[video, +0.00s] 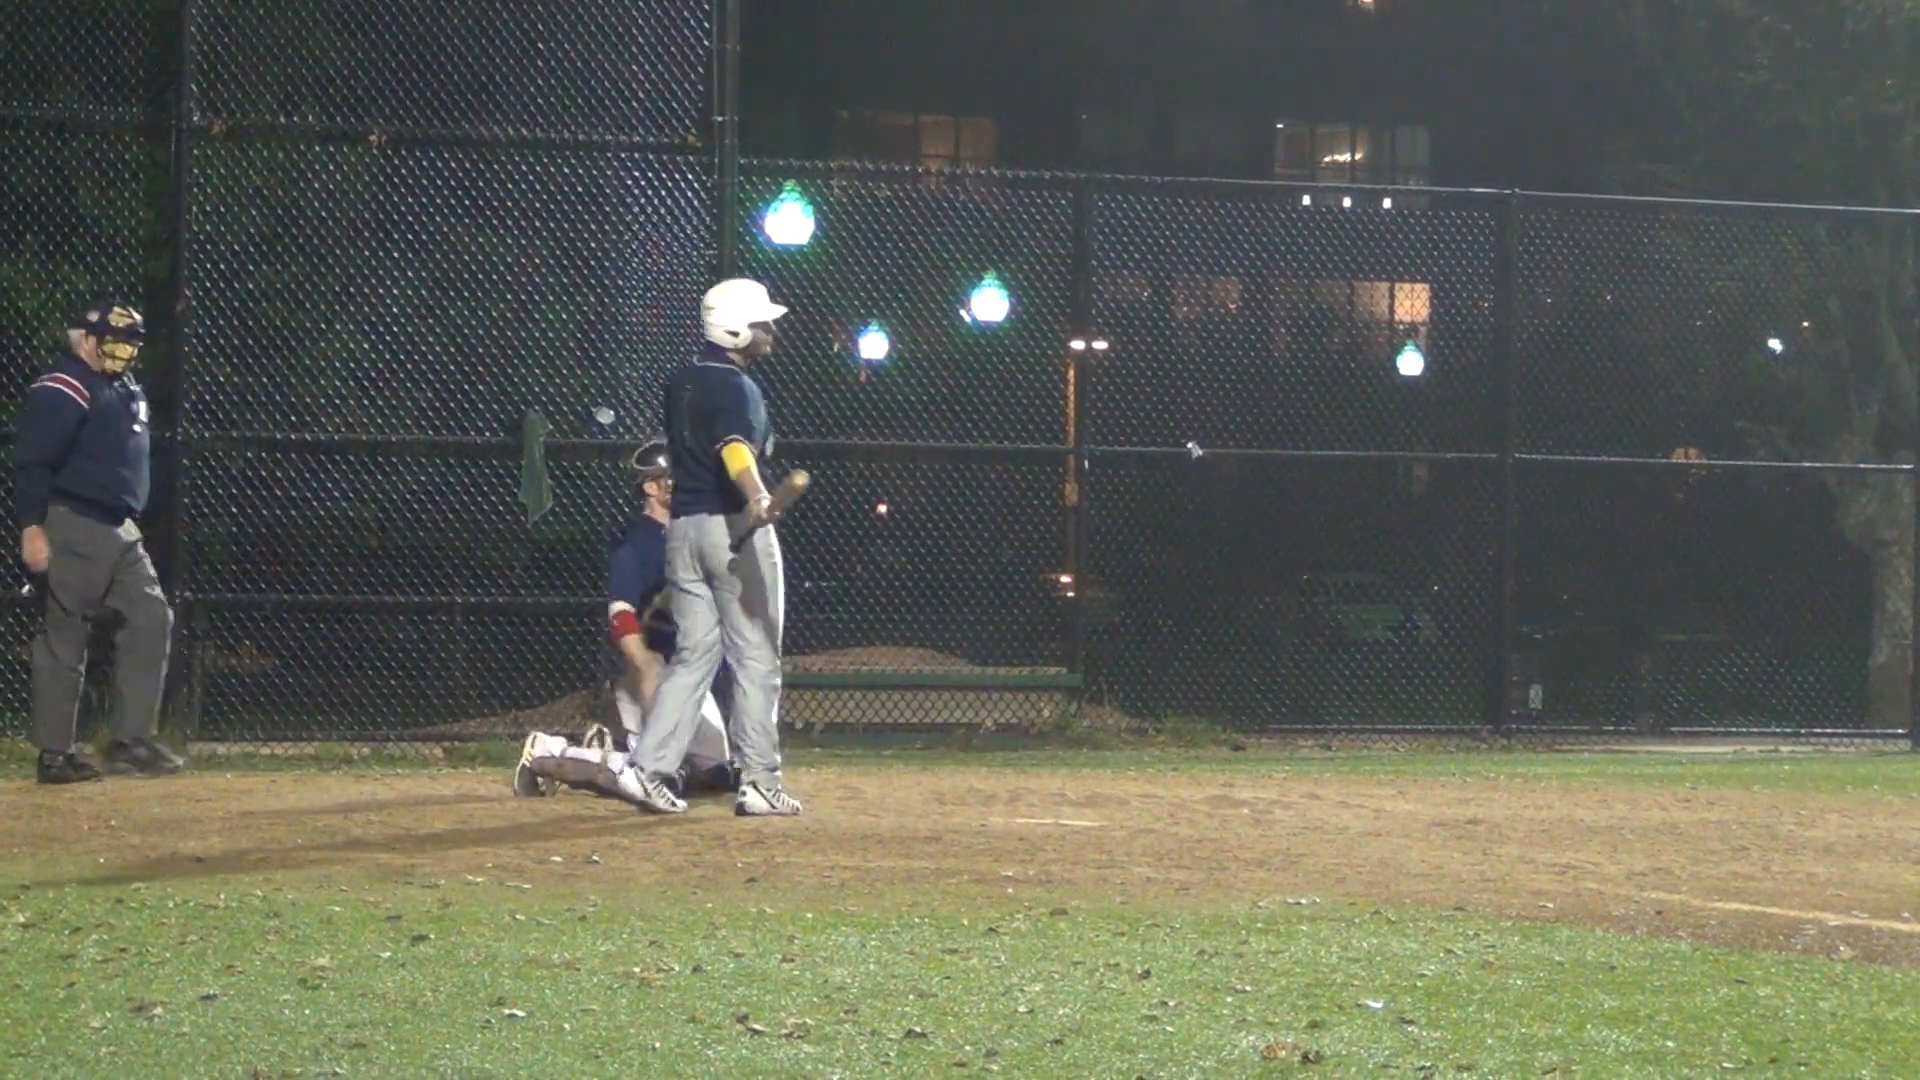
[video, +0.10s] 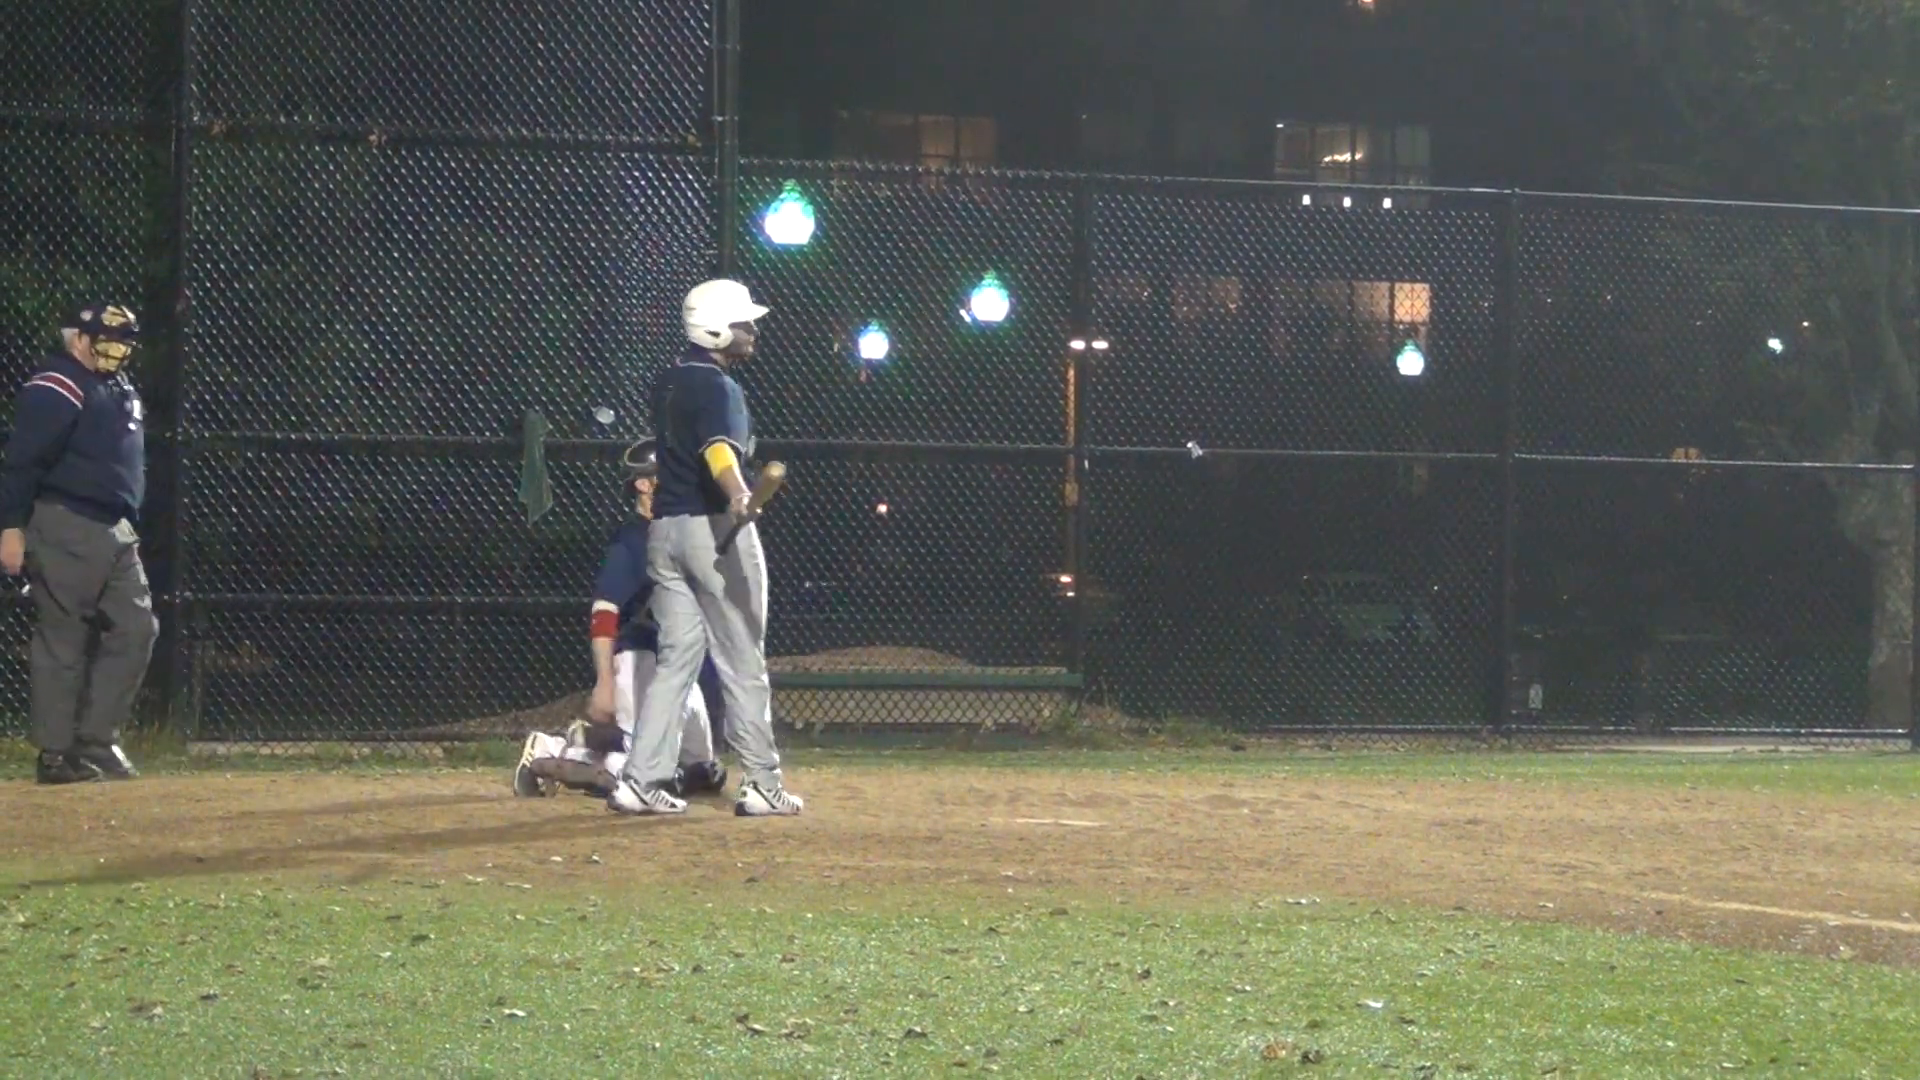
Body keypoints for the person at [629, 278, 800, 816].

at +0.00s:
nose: (773, 333)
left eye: (771, 324)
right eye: (766, 325)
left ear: (721, 330)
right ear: (742, 331)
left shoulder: (681, 381)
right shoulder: (736, 385)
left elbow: (681, 452)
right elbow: (735, 453)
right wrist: (760, 497)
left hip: (685, 527)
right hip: (733, 526)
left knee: (695, 652)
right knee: (756, 656)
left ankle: (650, 769)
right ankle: (759, 784)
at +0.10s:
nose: (755, 333)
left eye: (753, 324)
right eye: (747, 326)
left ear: (702, 331)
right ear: (721, 331)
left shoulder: (668, 380)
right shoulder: (718, 385)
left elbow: (672, 450)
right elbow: (717, 450)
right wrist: (740, 494)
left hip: (667, 530)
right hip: (714, 529)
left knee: (678, 653)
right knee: (742, 657)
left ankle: (642, 781)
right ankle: (761, 784)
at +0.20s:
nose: (737, 332)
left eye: (734, 323)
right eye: (727, 324)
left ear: (688, 333)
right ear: (701, 331)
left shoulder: (655, 382)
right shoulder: (699, 384)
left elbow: (637, 465)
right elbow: (700, 452)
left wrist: (643, 517)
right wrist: (721, 504)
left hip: (648, 530)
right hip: (695, 528)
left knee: (657, 658)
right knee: (731, 656)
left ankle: (638, 785)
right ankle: (762, 781)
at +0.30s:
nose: (722, 327)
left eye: (720, 319)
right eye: (713, 319)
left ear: (677, 327)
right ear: (685, 325)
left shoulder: (636, 379)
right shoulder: (683, 376)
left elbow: (628, 458)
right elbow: (683, 448)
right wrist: (702, 512)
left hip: (637, 526)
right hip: (684, 525)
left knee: (644, 655)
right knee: (728, 651)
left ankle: (636, 784)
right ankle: (758, 777)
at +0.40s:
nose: (709, 326)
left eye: (707, 317)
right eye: (701, 317)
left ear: (666, 324)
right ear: (672, 322)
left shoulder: (626, 375)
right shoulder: (671, 372)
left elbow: (620, 456)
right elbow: (672, 451)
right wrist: (686, 524)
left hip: (628, 523)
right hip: (676, 522)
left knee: (641, 651)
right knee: (739, 636)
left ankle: (636, 782)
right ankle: (741, 763)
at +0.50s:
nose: (699, 324)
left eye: (696, 315)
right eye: (690, 316)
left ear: (651, 323)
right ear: (661, 322)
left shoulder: (610, 377)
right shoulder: (663, 373)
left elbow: (602, 456)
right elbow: (668, 456)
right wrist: (682, 534)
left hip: (621, 523)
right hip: (671, 520)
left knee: (638, 651)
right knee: (744, 629)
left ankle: (635, 782)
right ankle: (726, 751)